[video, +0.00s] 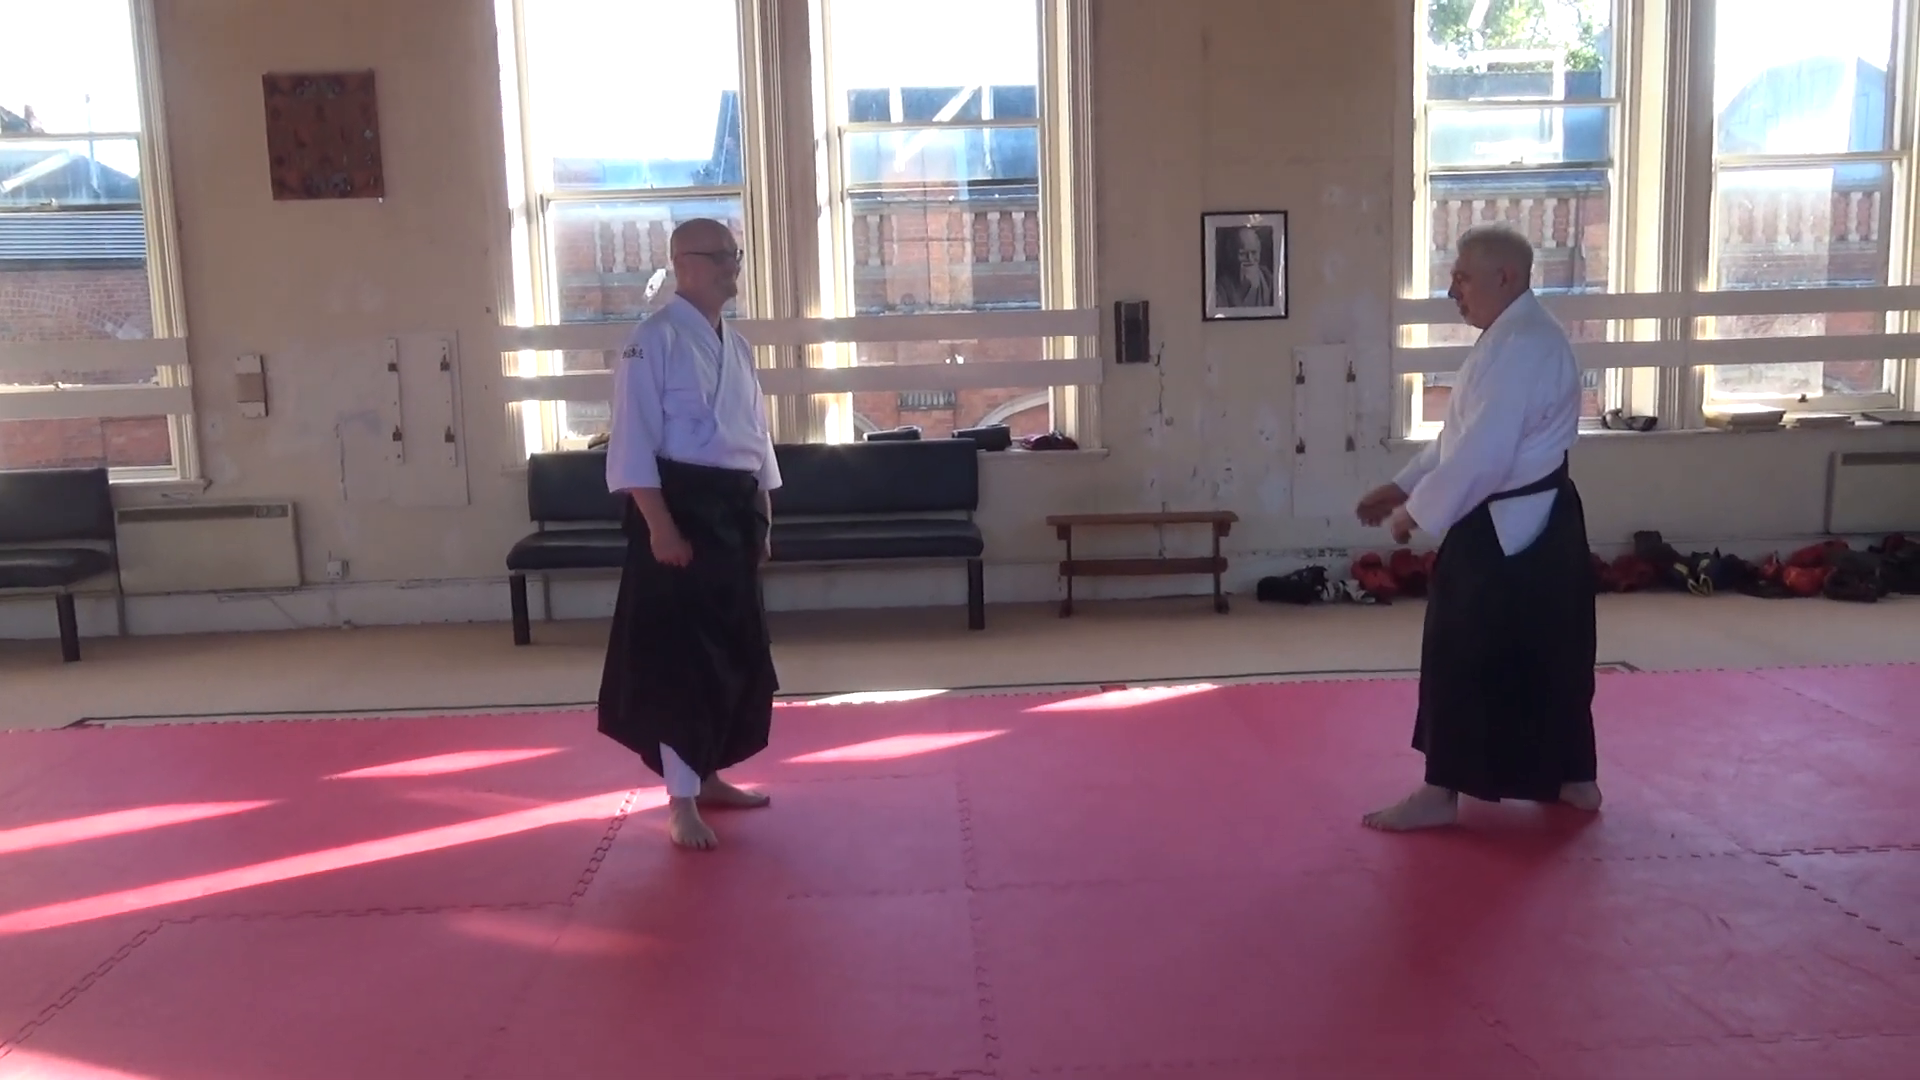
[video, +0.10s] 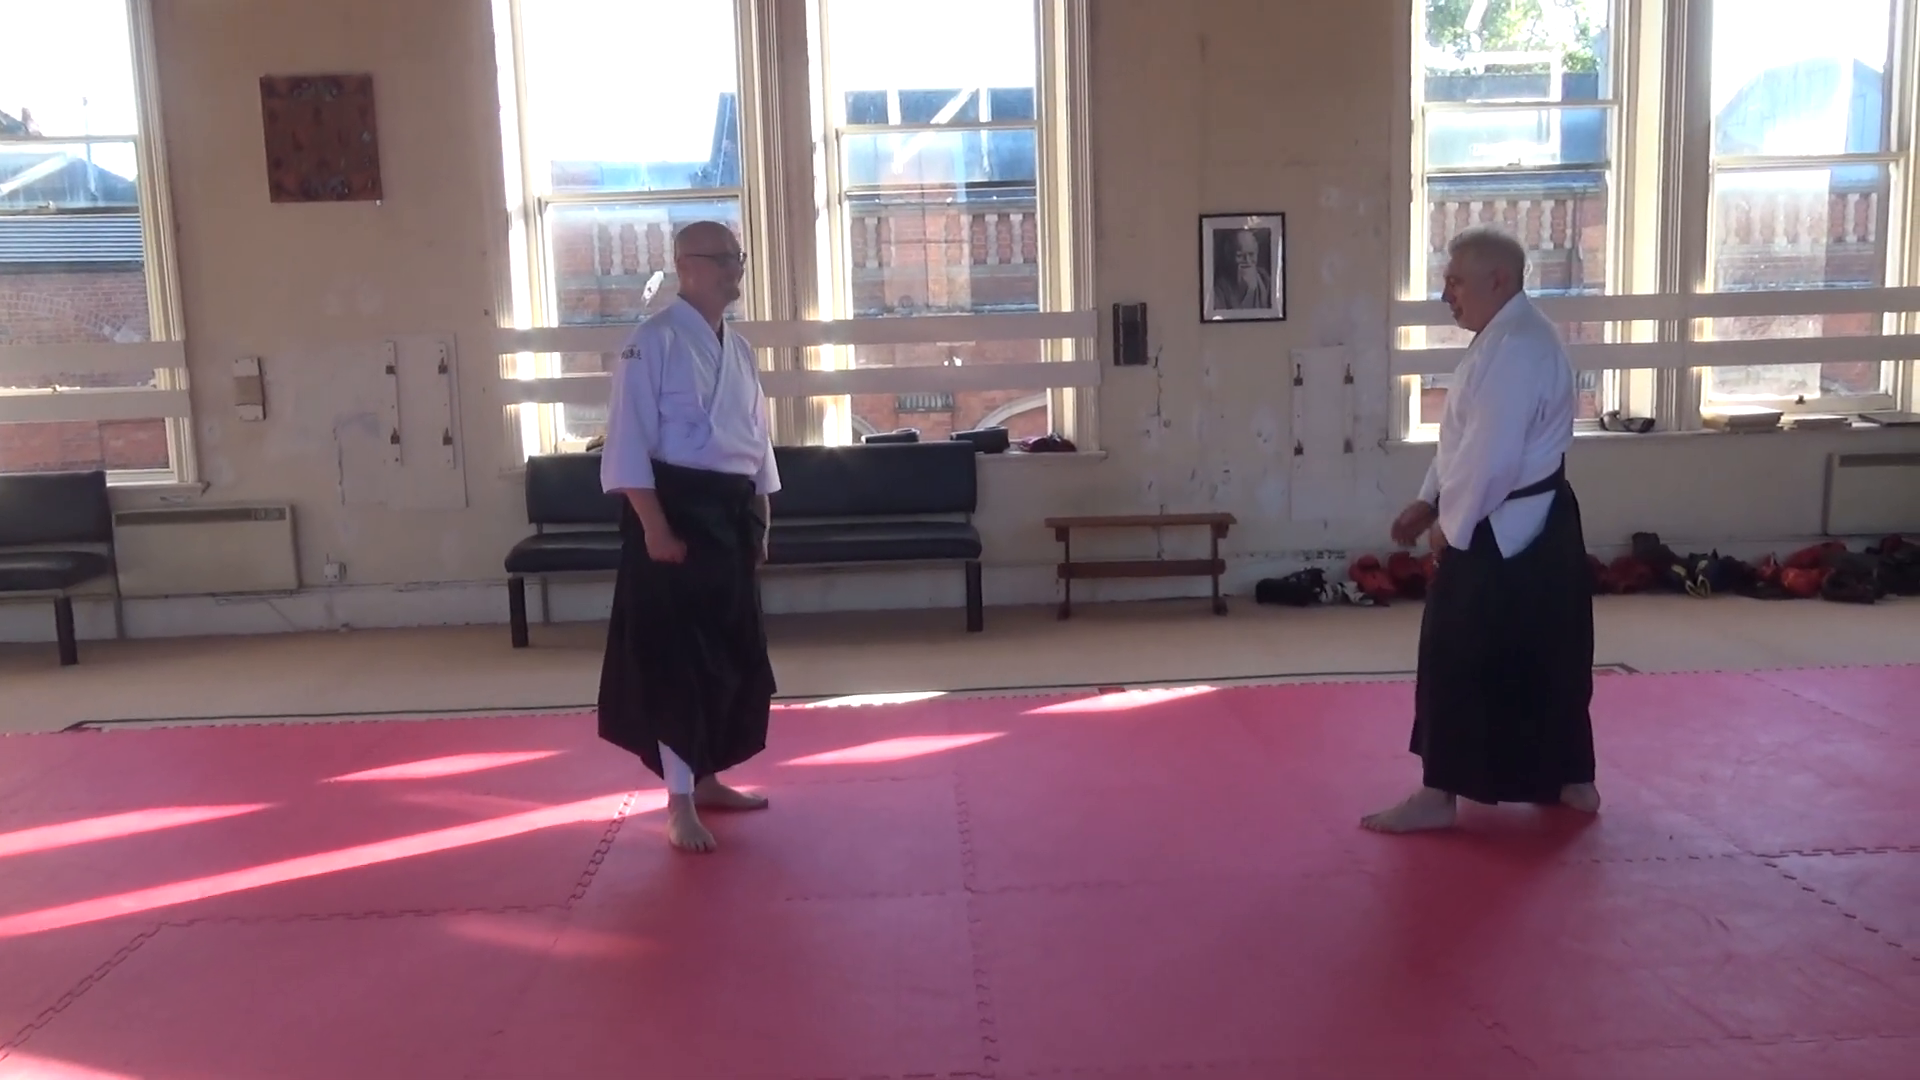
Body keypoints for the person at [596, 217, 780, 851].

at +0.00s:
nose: (735, 266)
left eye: (736, 255)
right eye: (721, 256)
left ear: (729, 265)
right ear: (682, 263)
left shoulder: (734, 341)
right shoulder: (653, 336)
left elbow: (754, 431)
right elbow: (632, 438)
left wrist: (763, 513)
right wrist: (659, 523)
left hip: (733, 502)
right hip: (676, 504)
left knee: (726, 642)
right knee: (679, 647)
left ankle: (706, 775)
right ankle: (682, 800)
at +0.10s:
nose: (739, 267)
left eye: (739, 257)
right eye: (725, 258)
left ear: (729, 269)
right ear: (686, 267)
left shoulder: (737, 344)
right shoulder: (654, 337)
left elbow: (757, 434)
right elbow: (627, 440)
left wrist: (761, 516)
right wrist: (654, 525)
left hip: (732, 505)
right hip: (673, 507)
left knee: (722, 644)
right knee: (677, 649)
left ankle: (703, 779)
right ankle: (679, 802)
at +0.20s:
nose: (743, 271)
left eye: (744, 261)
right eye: (730, 261)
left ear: (737, 273)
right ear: (690, 268)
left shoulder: (744, 351)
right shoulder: (653, 340)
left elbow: (761, 442)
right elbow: (624, 438)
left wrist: (759, 521)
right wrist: (647, 525)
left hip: (728, 509)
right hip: (667, 508)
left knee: (721, 646)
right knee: (673, 650)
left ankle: (701, 780)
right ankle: (678, 802)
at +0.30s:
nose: (747, 278)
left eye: (749, 269)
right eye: (735, 268)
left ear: (747, 278)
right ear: (696, 273)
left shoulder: (751, 357)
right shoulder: (652, 342)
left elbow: (765, 449)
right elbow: (614, 436)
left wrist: (758, 525)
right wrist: (637, 521)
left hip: (726, 513)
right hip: (662, 509)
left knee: (720, 648)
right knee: (666, 650)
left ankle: (698, 782)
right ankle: (671, 800)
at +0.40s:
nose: (746, 283)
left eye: (751, 273)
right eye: (733, 272)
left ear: (753, 280)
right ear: (698, 275)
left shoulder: (755, 364)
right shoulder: (650, 344)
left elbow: (767, 453)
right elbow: (605, 435)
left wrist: (758, 527)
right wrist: (628, 516)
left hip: (719, 517)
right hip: (654, 510)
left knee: (716, 649)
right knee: (656, 651)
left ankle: (697, 784)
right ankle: (656, 800)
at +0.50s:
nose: (743, 284)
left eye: (749, 274)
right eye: (730, 272)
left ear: (752, 280)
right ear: (695, 273)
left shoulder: (753, 363)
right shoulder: (646, 342)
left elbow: (767, 449)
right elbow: (595, 429)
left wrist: (754, 518)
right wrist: (620, 507)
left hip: (716, 519)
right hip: (645, 510)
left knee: (711, 652)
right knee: (640, 652)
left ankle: (695, 787)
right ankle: (630, 799)